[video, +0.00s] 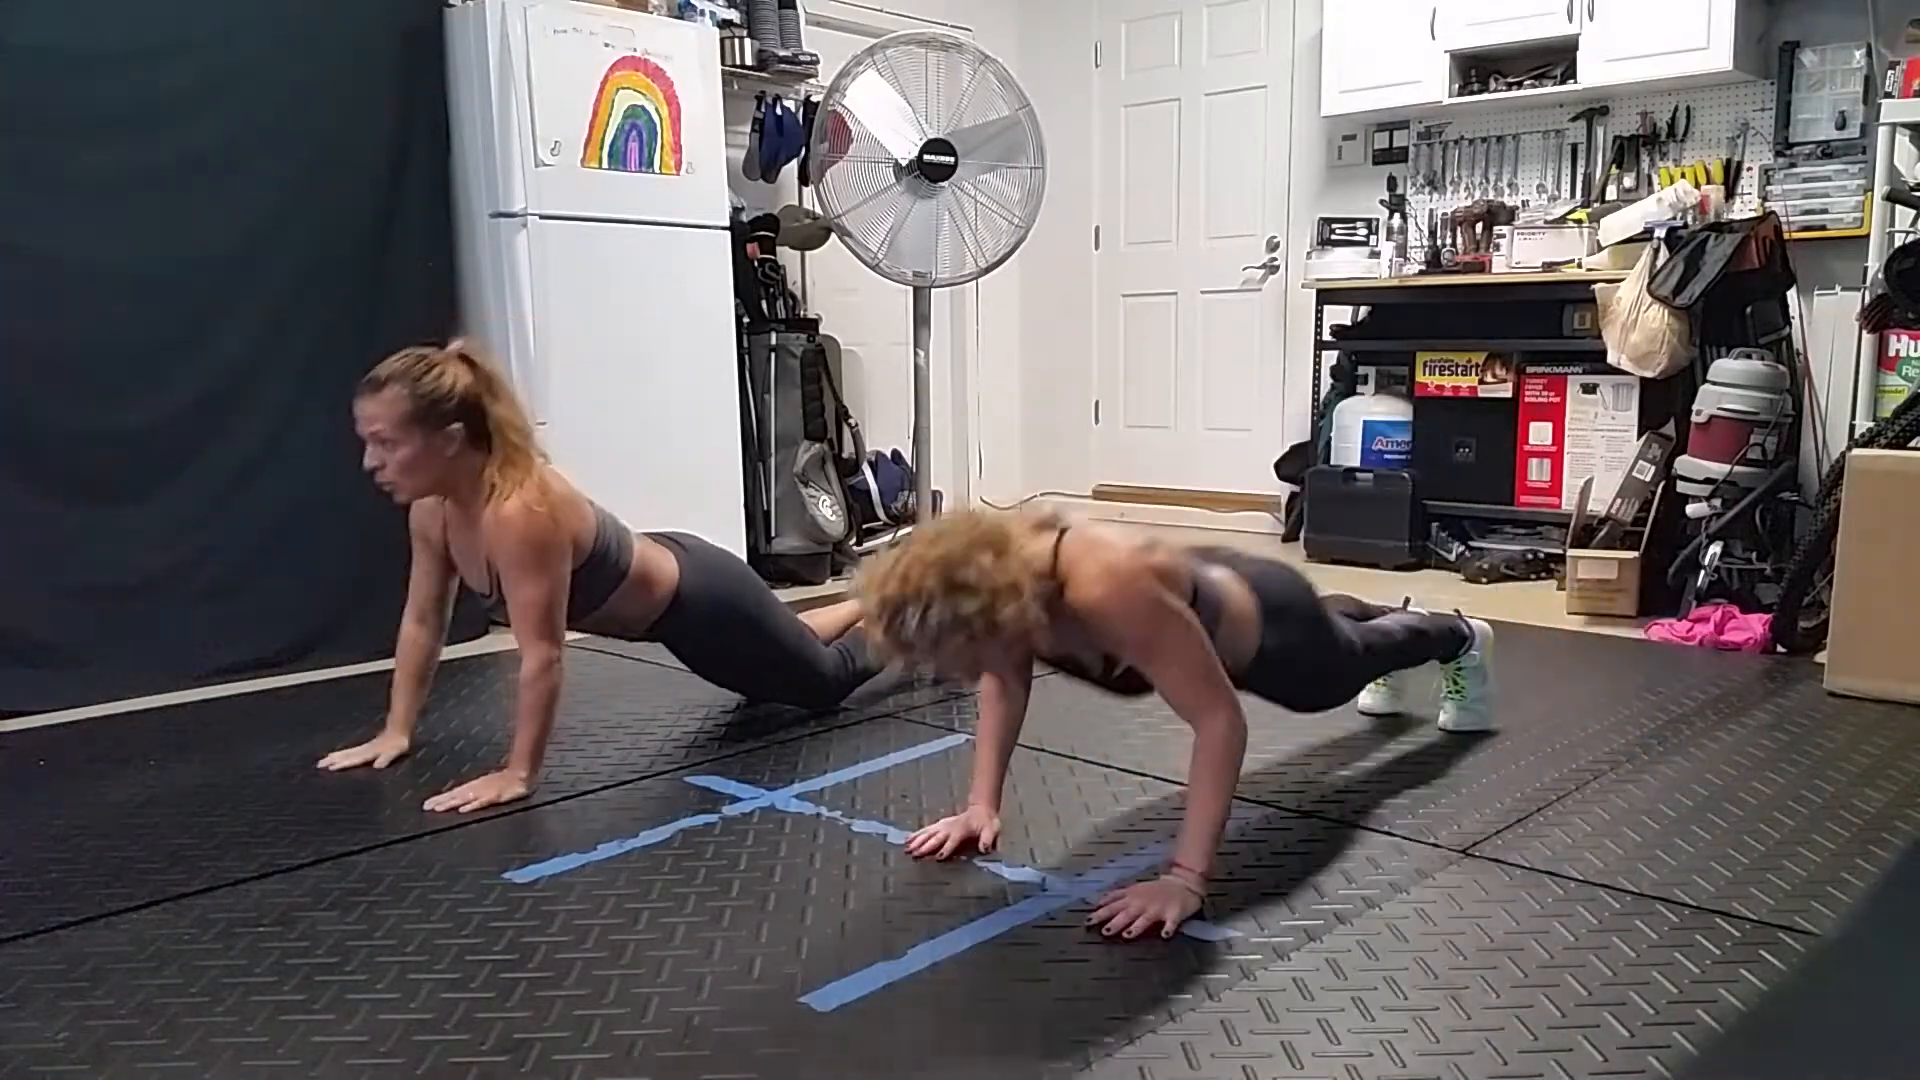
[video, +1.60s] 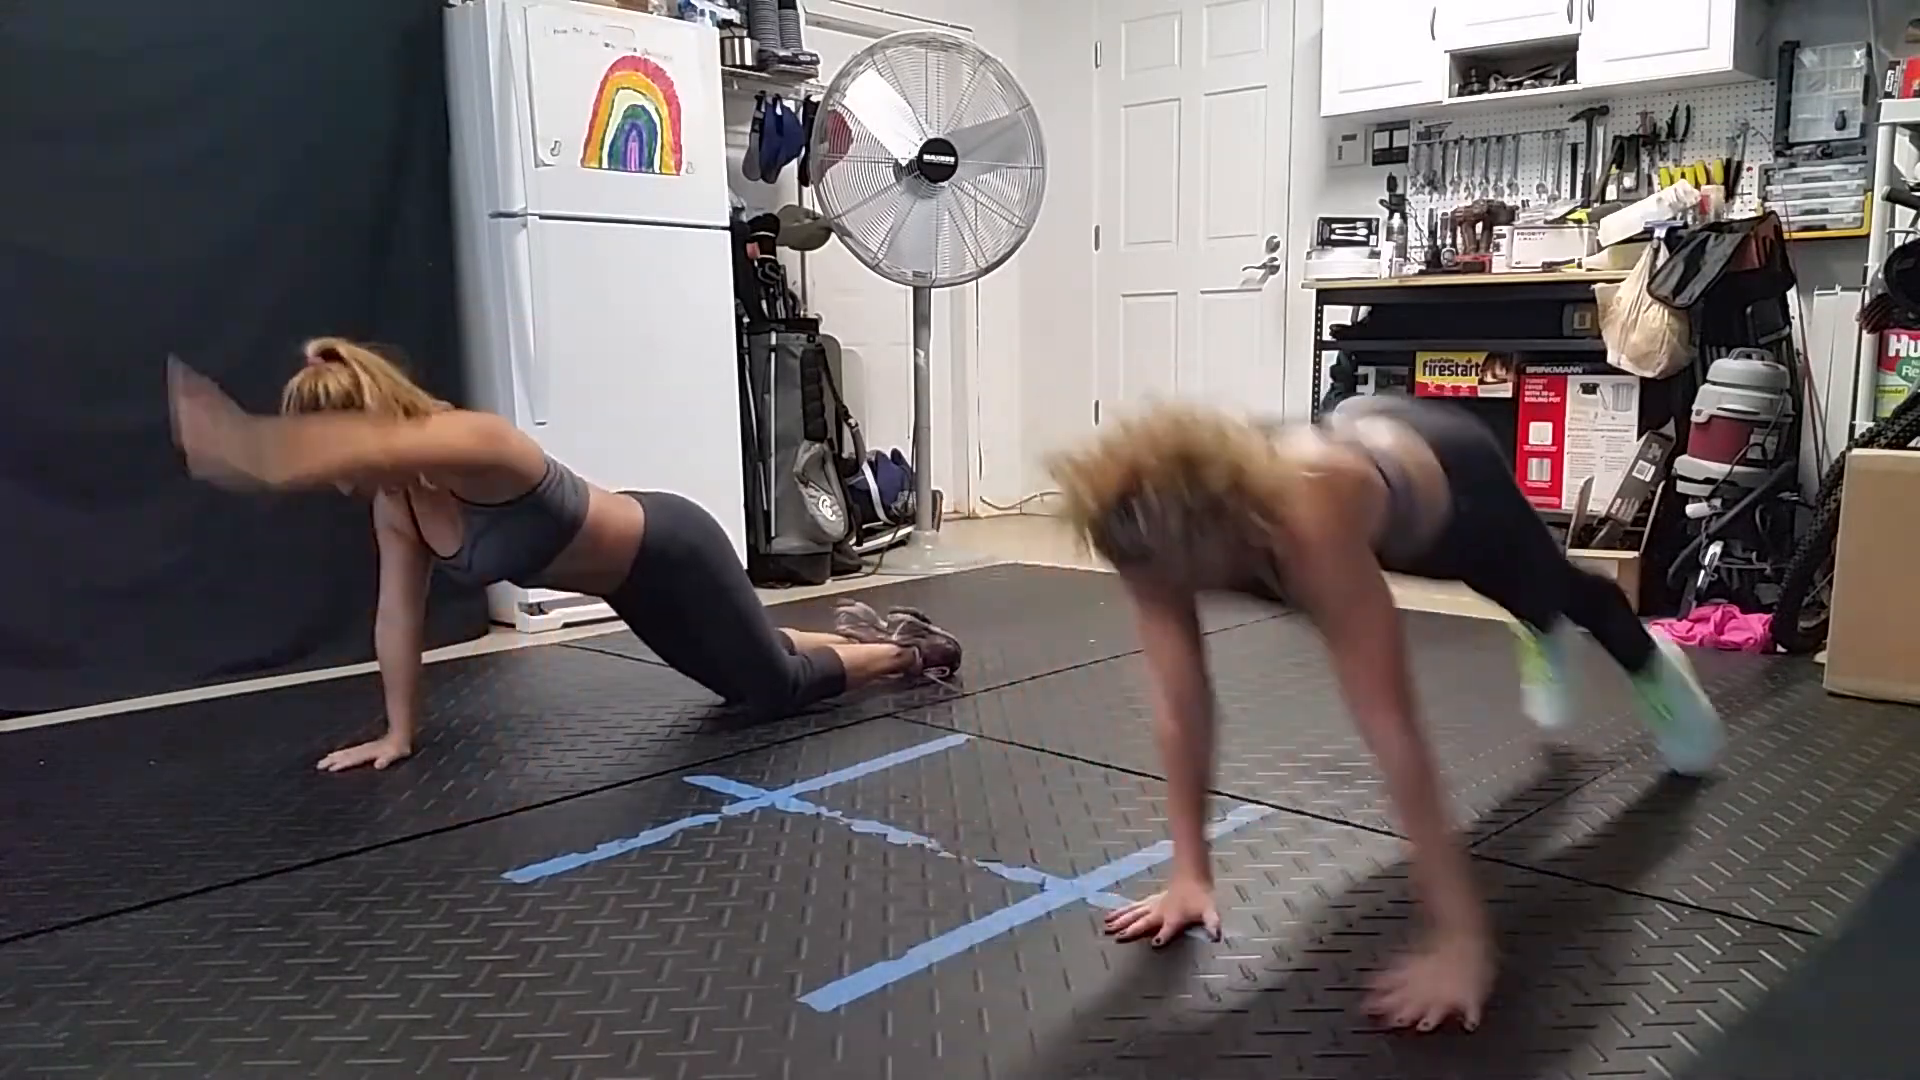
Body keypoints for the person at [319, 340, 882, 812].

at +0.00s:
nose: (369, 463)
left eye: (383, 445)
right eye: (365, 445)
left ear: (453, 438)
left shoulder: (522, 513)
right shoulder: (433, 504)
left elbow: (542, 655)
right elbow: (422, 618)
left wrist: (518, 772)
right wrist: (397, 732)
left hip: (702, 603)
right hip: (666, 581)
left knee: (832, 676)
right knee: (780, 641)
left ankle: (937, 607)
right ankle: (884, 591)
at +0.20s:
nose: (323, 532)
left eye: (333, 515)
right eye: (318, 517)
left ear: (400, 496)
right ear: (386, 503)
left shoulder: (487, 550)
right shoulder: (413, 546)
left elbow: (566, 662)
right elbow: (418, 638)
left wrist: (518, 774)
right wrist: (400, 733)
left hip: (680, 615)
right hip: (643, 591)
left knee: (817, 683)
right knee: (772, 638)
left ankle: (915, 613)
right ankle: (865, 598)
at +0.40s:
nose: (306, 646)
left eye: (306, 628)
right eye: (296, 632)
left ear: (349, 590)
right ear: (344, 583)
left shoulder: (453, 596)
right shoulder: (403, 592)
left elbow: (567, 670)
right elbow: (405, 656)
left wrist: (516, 775)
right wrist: (400, 736)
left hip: (666, 643)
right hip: (625, 620)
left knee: (813, 678)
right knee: (758, 640)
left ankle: (917, 617)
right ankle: (859, 599)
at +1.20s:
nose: (326, 538)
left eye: (320, 522)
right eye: (311, 528)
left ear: (348, 479)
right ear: (338, 483)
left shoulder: (477, 495)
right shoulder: (396, 502)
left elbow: (518, 642)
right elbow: (405, 622)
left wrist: (516, 771)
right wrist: (398, 736)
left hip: (671, 561)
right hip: (632, 572)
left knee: (782, 688)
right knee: (746, 677)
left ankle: (900, 654)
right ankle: (856, 632)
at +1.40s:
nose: (329, 487)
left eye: (326, 469)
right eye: (316, 476)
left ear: (362, 430)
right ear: (336, 444)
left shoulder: (476, 474)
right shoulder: (392, 488)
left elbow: (501, 616)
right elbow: (399, 608)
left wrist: (489, 747)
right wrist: (396, 731)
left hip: (667, 556)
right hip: (628, 576)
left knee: (773, 681)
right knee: (740, 669)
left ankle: (895, 656)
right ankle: (844, 641)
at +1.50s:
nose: (337, 483)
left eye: (340, 463)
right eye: (323, 471)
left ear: (379, 425)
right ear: (321, 454)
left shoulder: (481, 457)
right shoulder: (388, 486)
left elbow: (425, 588)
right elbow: (400, 591)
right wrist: (396, 723)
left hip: (669, 554)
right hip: (629, 580)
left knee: (778, 686)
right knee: (742, 669)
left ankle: (896, 657)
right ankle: (844, 638)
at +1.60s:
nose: (326, 424)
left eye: (334, 409)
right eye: (316, 415)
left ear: (383, 402)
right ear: (339, 429)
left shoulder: (474, 442)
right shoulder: (398, 497)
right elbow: (399, 615)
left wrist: (259, 447)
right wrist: (396, 734)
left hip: (673, 554)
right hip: (630, 586)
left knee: (783, 681)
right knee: (747, 669)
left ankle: (892, 659)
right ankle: (851, 638)